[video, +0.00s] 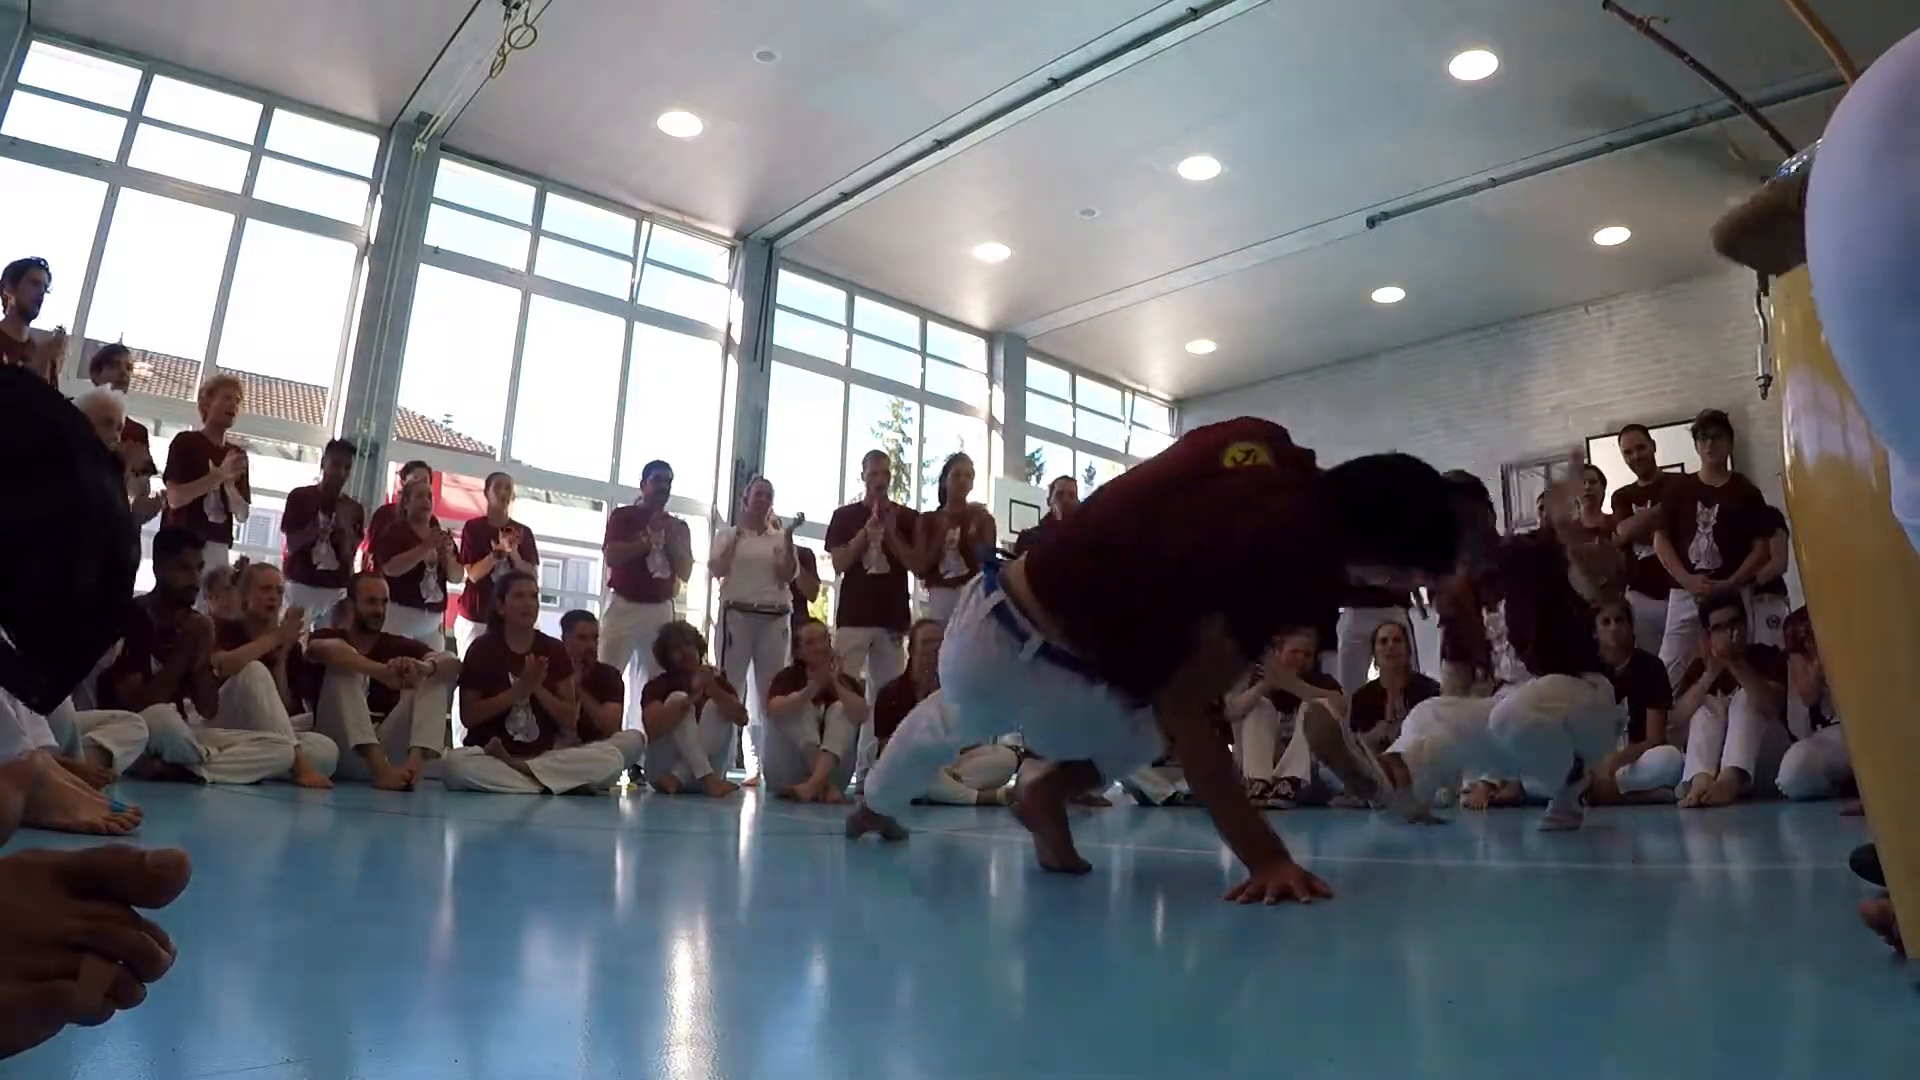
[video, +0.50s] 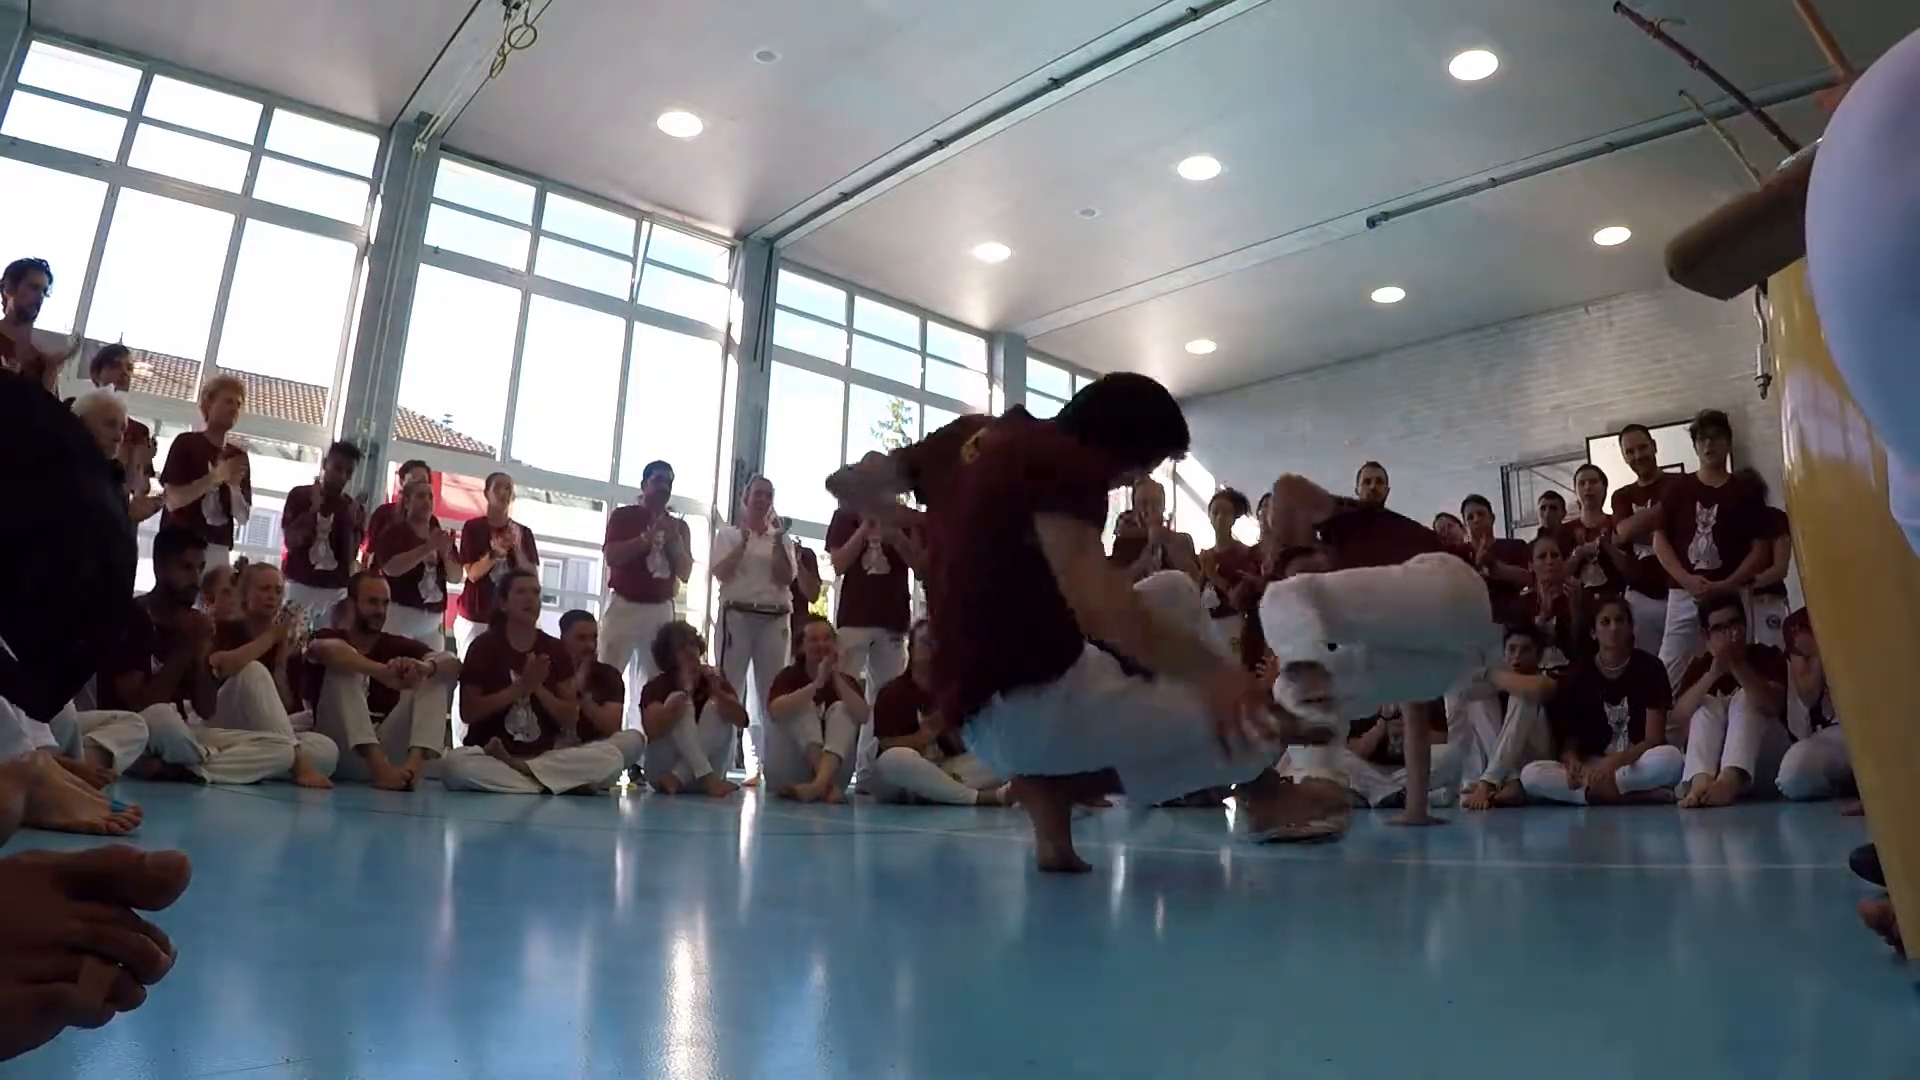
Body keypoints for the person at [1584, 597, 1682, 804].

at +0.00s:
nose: (1613, 627)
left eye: (1620, 621)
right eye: (1606, 622)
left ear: (1631, 628)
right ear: (1595, 633)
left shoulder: (1650, 666)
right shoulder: (1587, 667)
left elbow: (1655, 739)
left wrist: (1614, 761)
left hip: (1632, 756)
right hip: (1588, 755)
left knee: (1669, 759)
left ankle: (1586, 790)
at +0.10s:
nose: (1613, 627)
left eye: (1619, 621)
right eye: (1606, 622)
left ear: (1631, 629)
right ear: (1594, 633)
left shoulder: (1650, 666)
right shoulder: (1582, 669)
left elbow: (1655, 740)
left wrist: (1614, 762)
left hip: (1632, 759)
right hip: (1586, 759)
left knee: (1669, 759)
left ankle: (1581, 789)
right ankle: (1630, 796)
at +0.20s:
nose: (1613, 628)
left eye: (1620, 621)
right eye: (1605, 622)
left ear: (1631, 628)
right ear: (1594, 632)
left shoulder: (1650, 666)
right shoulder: (1579, 670)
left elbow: (1654, 739)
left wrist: (1612, 763)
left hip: (1635, 757)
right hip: (1591, 759)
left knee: (1670, 759)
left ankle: (1584, 792)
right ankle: (1639, 796)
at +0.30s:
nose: (1613, 627)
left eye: (1620, 621)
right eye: (1606, 622)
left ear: (1631, 629)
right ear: (1594, 633)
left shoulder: (1650, 667)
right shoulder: (1577, 672)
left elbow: (1655, 739)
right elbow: (1564, 730)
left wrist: (1611, 763)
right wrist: (1571, 760)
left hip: (1636, 758)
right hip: (1588, 763)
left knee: (1670, 759)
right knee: (1533, 778)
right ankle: (1636, 797)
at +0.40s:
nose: (1613, 628)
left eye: (1620, 621)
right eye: (1606, 622)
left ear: (1631, 629)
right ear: (1594, 633)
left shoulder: (1651, 667)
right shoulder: (1578, 672)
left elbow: (1655, 739)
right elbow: (1569, 737)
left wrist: (1610, 764)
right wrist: (1573, 762)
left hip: (1635, 761)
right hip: (1589, 764)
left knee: (1670, 760)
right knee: (1531, 775)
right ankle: (1631, 798)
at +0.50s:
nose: (1614, 628)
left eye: (1620, 621)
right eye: (1606, 623)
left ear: (1631, 629)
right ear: (1594, 633)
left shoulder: (1650, 667)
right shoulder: (1578, 672)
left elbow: (1655, 739)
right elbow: (1570, 736)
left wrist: (1611, 763)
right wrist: (1573, 761)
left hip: (1635, 761)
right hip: (1589, 764)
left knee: (1670, 759)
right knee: (1531, 775)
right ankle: (1631, 798)